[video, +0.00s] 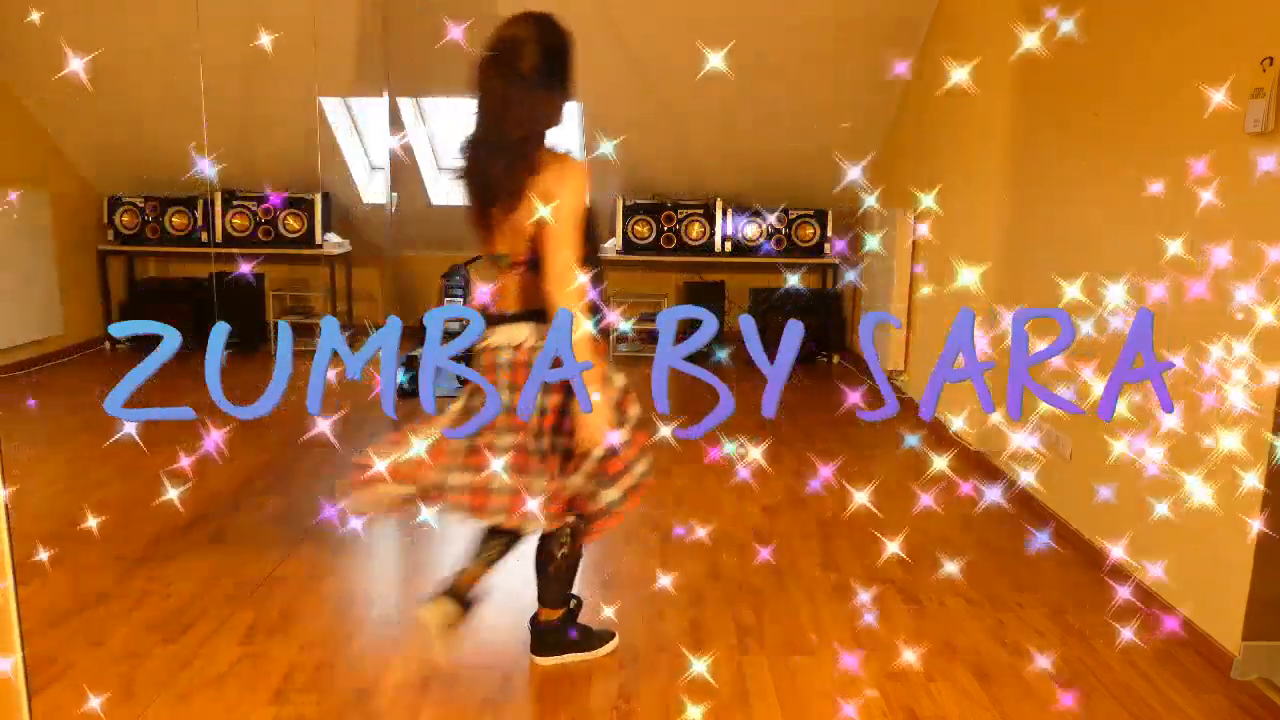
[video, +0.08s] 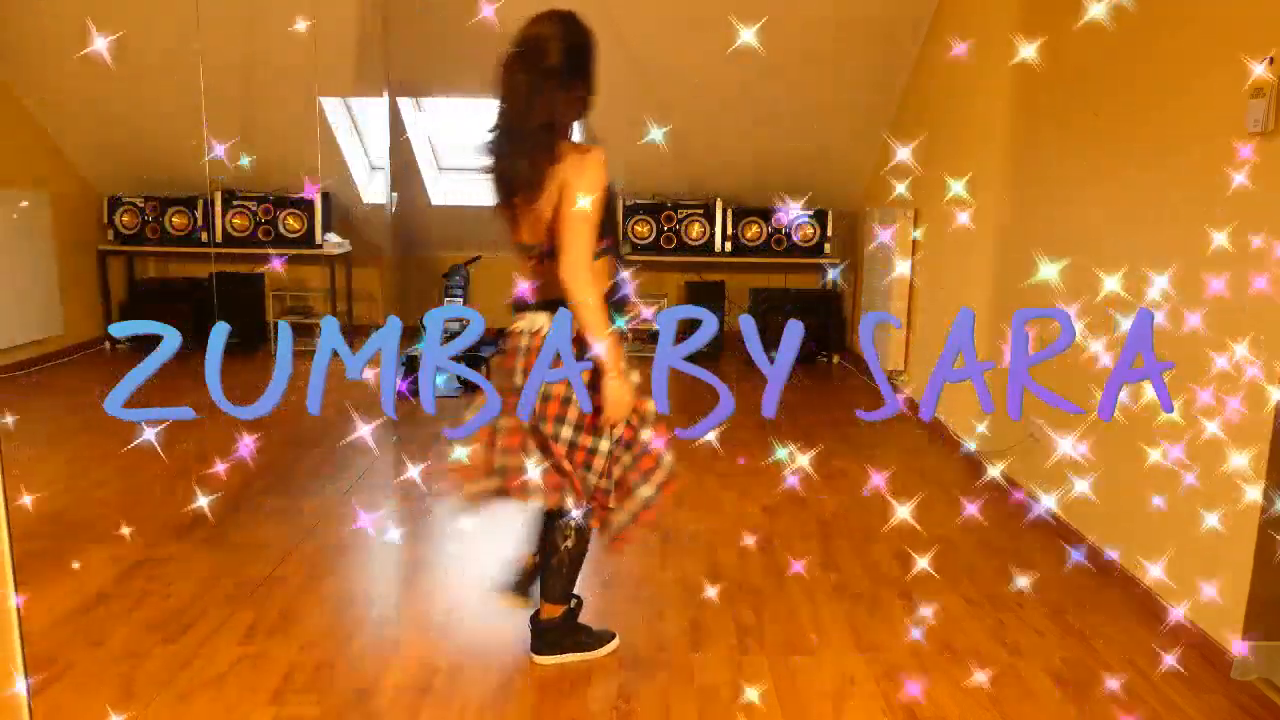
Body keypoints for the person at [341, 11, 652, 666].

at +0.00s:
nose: (566, 91)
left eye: (559, 79)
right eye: (563, 79)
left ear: (491, 84)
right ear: (556, 87)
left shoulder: (483, 163)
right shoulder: (562, 170)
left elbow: (496, 261)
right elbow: (560, 285)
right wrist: (588, 391)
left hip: (498, 338)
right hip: (548, 339)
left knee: (531, 477)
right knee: (581, 476)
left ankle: (462, 587)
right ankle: (554, 620)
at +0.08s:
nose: (591, 90)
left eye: (584, 78)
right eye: (587, 78)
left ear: (519, 78)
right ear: (579, 83)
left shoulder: (513, 158)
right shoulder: (583, 162)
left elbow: (531, 256)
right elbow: (574, 273)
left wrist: (600, 292)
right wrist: (613, 365)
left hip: (532, 329)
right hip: (574, 334)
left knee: (571, 454)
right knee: (588, 471)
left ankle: (538, 560)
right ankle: (555, 620)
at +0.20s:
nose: (624, 88)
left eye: (617, 75)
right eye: (621, 76)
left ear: (556, 78)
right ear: (613, 81)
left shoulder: (563, 154)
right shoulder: (599, 160)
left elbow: (604, 245)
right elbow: (575, 270)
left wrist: (655, 281)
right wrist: (624, 347)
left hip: (597, 322)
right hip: (601, 329)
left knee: (635, 436)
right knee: (597, 474)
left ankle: (634, 548)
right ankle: (554, 617)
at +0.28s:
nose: (649, 98)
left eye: (646, 86)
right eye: (645, 86)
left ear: (589, 90)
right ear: (629, 93)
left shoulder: (612, 165)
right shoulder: (607, 171)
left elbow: (636, 253)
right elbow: (572, 272)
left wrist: (689, 281)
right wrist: (620, 348)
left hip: (625, 335)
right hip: (613, 341)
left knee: (651, 438)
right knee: (608, 477)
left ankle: (671, 540)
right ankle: (556, 614)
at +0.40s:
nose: (683, 94)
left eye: (679, 85)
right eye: (671, 88)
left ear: (654, 103)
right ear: (641, 102)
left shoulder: (674, 169)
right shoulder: (628, 186)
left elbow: (692, 246)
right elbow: (580, 271)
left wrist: (745, 281)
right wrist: (604, 353)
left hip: (679, 332)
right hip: (639, 338)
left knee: (685, 433)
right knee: (613, 468)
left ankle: (689, 544)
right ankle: (560, 598)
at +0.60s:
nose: (691, 93)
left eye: (700, 82)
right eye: (677, 84)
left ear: (713, 92)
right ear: (659, 98)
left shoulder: (736, 159)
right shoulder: (640, 164)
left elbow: (752, 231)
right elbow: (612, 242)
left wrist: (781, 275)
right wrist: (600, 305)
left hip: (721, 316)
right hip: (658, 315)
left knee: (716, 429)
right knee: (651, 435)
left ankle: (694, 535)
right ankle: (624, 546)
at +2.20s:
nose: (662, 120)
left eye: (672, 113)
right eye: (652, 113)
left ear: (685, 127)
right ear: (639, 127)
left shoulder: (702, 189)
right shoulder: (621, 189)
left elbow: (720, 264)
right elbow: (593, 250)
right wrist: (564, 302)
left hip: (683, 322)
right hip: (628, 317)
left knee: (668, 424)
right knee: (614, 413)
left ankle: (650, 497)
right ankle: (618, 500)